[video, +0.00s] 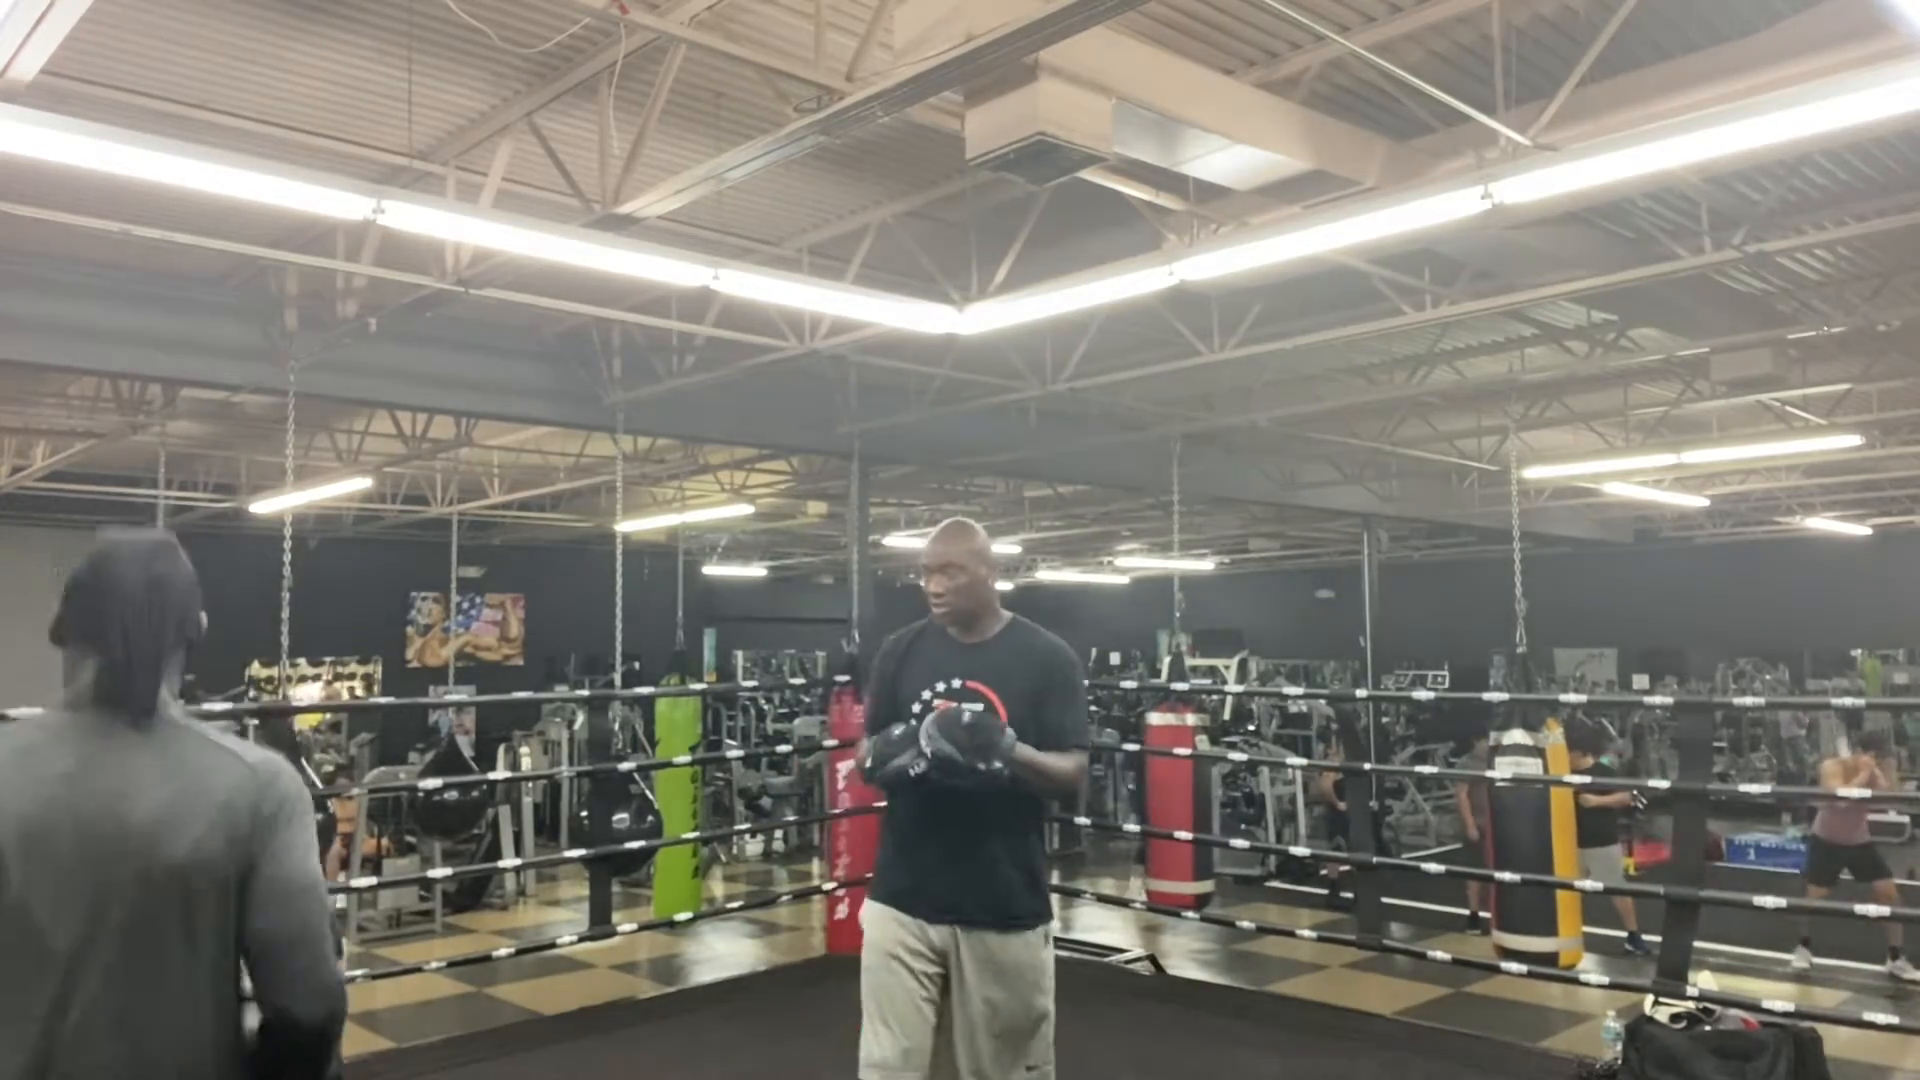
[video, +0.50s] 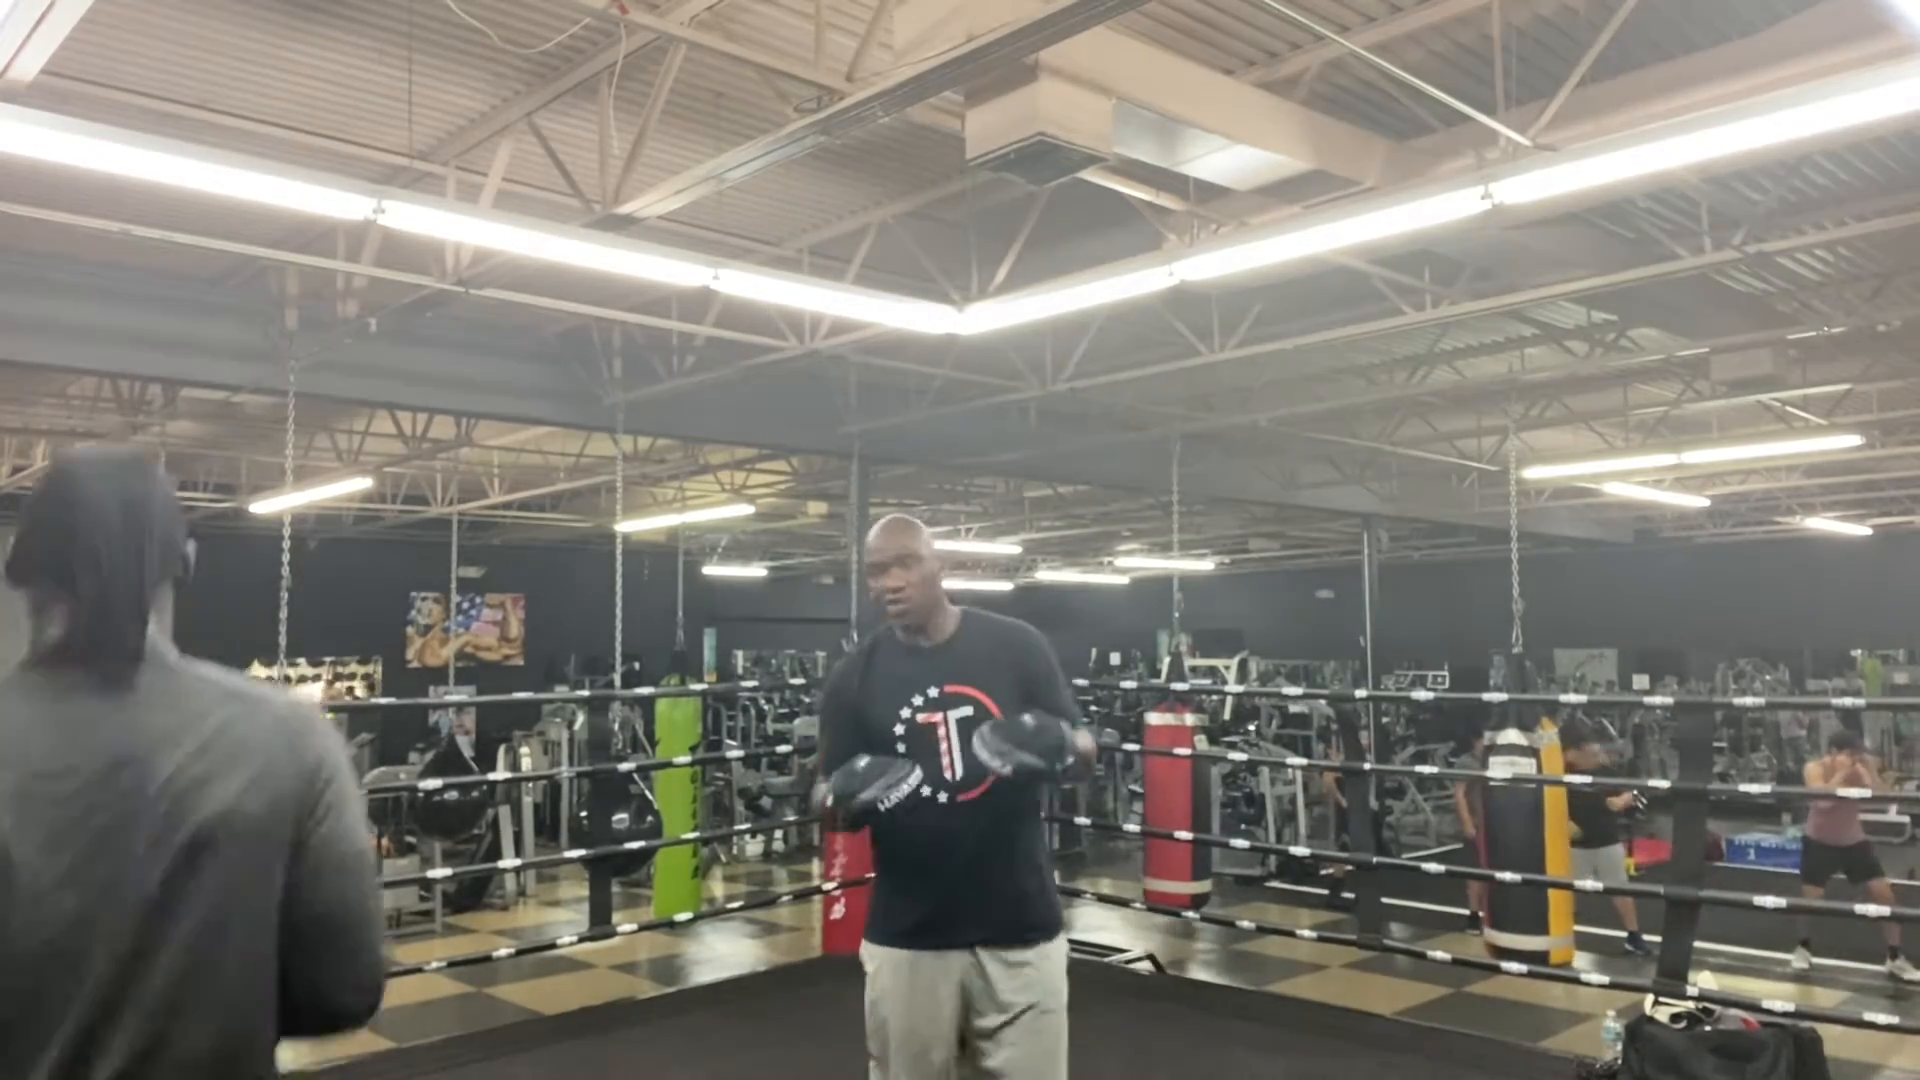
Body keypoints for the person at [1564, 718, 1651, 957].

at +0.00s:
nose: (1566, 756)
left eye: (1570, 751)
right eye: (1567, 751)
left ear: (1583, 753)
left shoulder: (1602, 773)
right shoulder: (1569, 776)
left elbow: (1626, 797)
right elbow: (1586, 800)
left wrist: (1596, 799)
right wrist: (1615, 799)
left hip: (1602, 843)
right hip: (1573, 843)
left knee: (1618, 890)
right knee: (1566, 890)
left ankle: (1633, 934)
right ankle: (1563, 936)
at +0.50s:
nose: (1597, 758)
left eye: (1598, 752)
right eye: (1591, 753)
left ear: (1601, 750)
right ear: (1571, 754)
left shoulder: (1606, 773)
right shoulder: (1564, 777)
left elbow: (1624, 791)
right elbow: (1572, 808)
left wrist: (1623, 799)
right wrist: (1607, 803)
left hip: (1607, 840)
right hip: (1575, 843)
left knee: (1620, 890)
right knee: (1565, 892)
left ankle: (1633, 934)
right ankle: (1561, 936)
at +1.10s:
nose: (1608, 760)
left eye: (1610, 755)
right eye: (1604, 754)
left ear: (1612, 753)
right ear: (1590, 750)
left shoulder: (1610, 774)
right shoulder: (1568, 771)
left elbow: (1614, 799)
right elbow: (1554, 797)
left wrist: (1627, 804)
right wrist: (1579, 811)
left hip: (1607, 842)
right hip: (1576, 843)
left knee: (1620, 890)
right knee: (1570, 892)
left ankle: (1633, 935)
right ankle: (1564, 932)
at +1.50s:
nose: (1575, 752)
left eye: (1580, 747)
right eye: (1575, 747)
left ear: (1596, 750)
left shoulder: (1615, 774)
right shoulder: (1567, 773)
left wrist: (1627, 805)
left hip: (1608, 841)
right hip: (1575, 842)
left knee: (1620, 890)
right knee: (1571, 890)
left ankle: (1633, 934)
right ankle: (1564, 932)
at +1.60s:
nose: (1576, 753)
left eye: (1580, 749)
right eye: (1579, 749)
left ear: (1593, 750)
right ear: (1575, 751)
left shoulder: (1615, 774)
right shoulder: (1568, 775)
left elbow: (1637, 800)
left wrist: (1613, 805)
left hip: (1608, 841)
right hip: (1575, 841)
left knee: (1620, 890)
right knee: (1569, 892)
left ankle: (1633, 935)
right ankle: (1561, 935)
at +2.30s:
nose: (1575, 757)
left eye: (1578, 751)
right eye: (1572, 752)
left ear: (1589, 753)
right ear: (1567, 753)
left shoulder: (1607, 772)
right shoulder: (1562, 776)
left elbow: (1632, 794)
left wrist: (1611, 797)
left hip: (1604, 841)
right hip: (1573, 843)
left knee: (1619, 889)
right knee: (1567, 893)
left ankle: (1633, 935)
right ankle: (1563, 938)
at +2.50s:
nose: (1586, 760)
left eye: (1590, 754)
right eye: (1581, 754)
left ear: (1596, 755)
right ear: (1570, 755)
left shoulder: (1604, 778)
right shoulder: (1564, 780)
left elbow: (1616, 804)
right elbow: (1556, 810)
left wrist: (1628, 803)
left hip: (1605, 842)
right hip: (1575, 844)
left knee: (1620, 889)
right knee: (1570, 893)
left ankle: (1633, 934)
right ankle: (1568, 940)